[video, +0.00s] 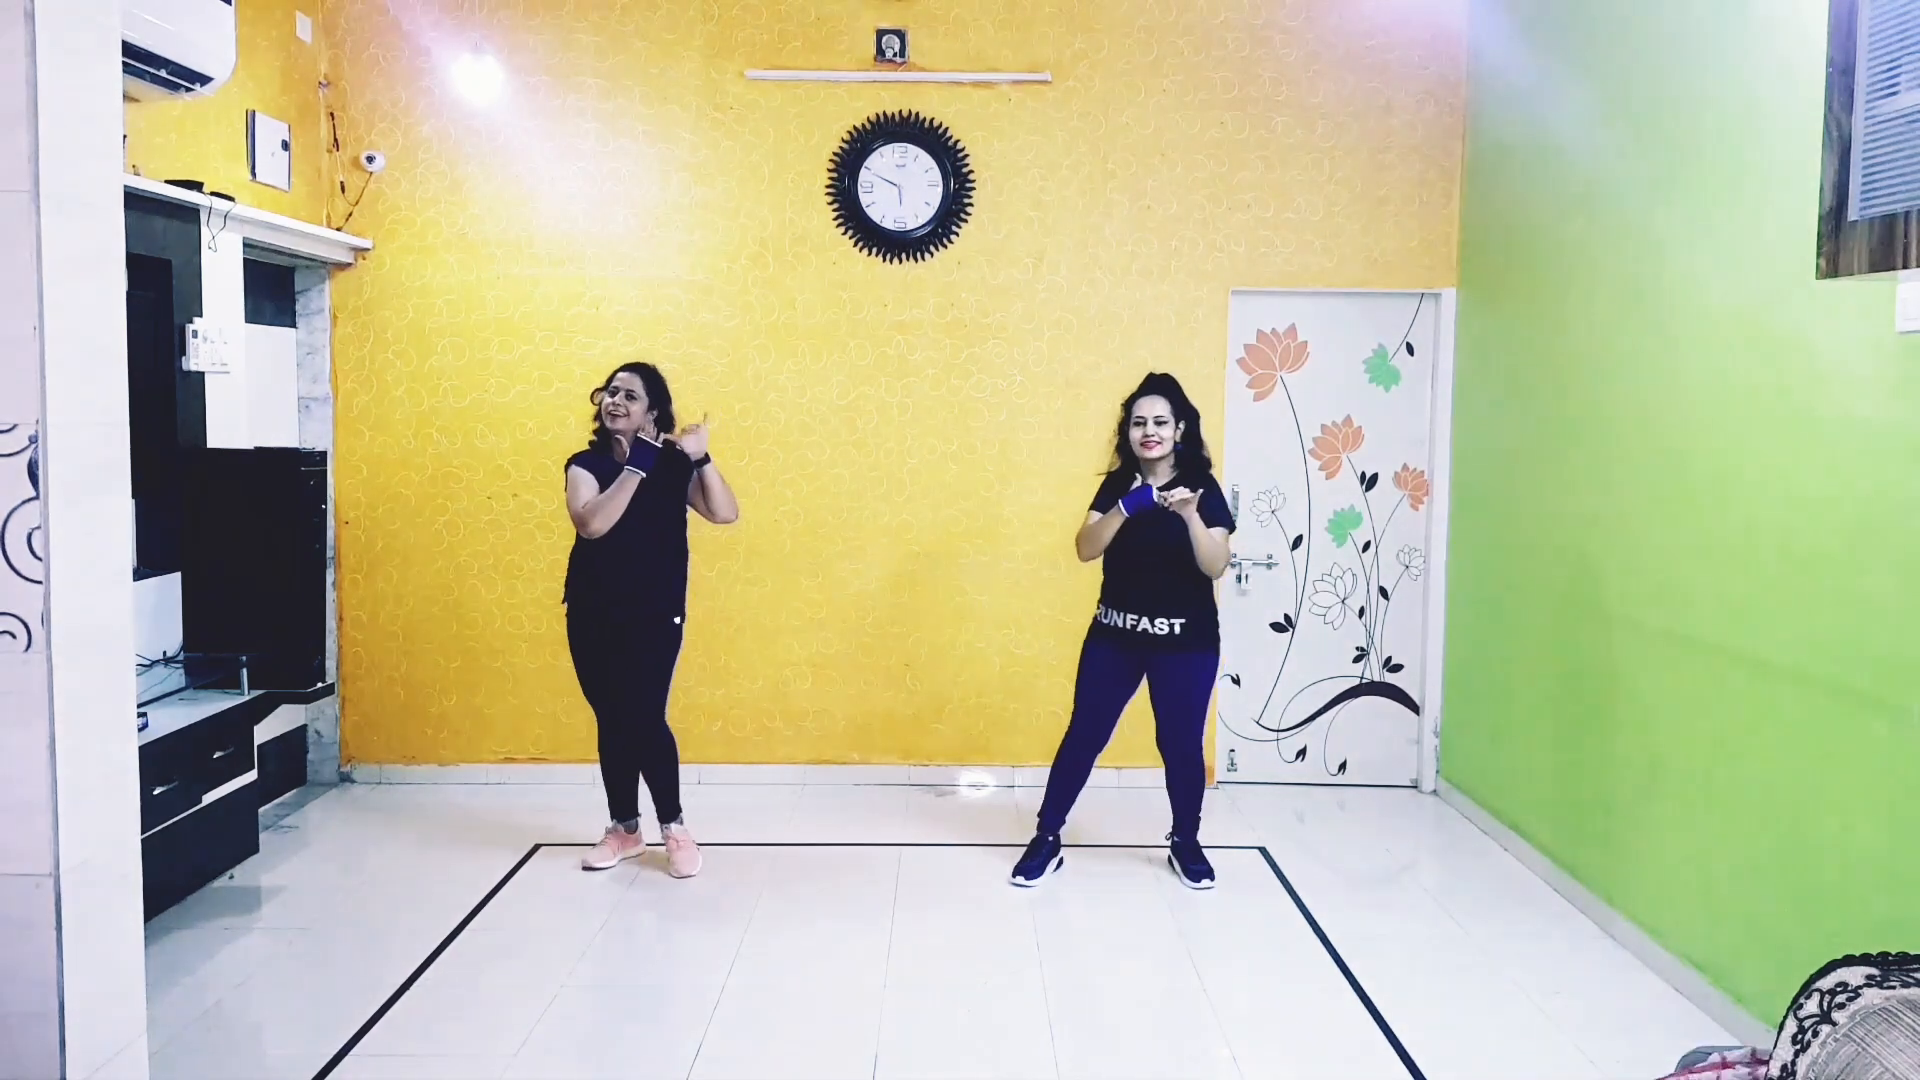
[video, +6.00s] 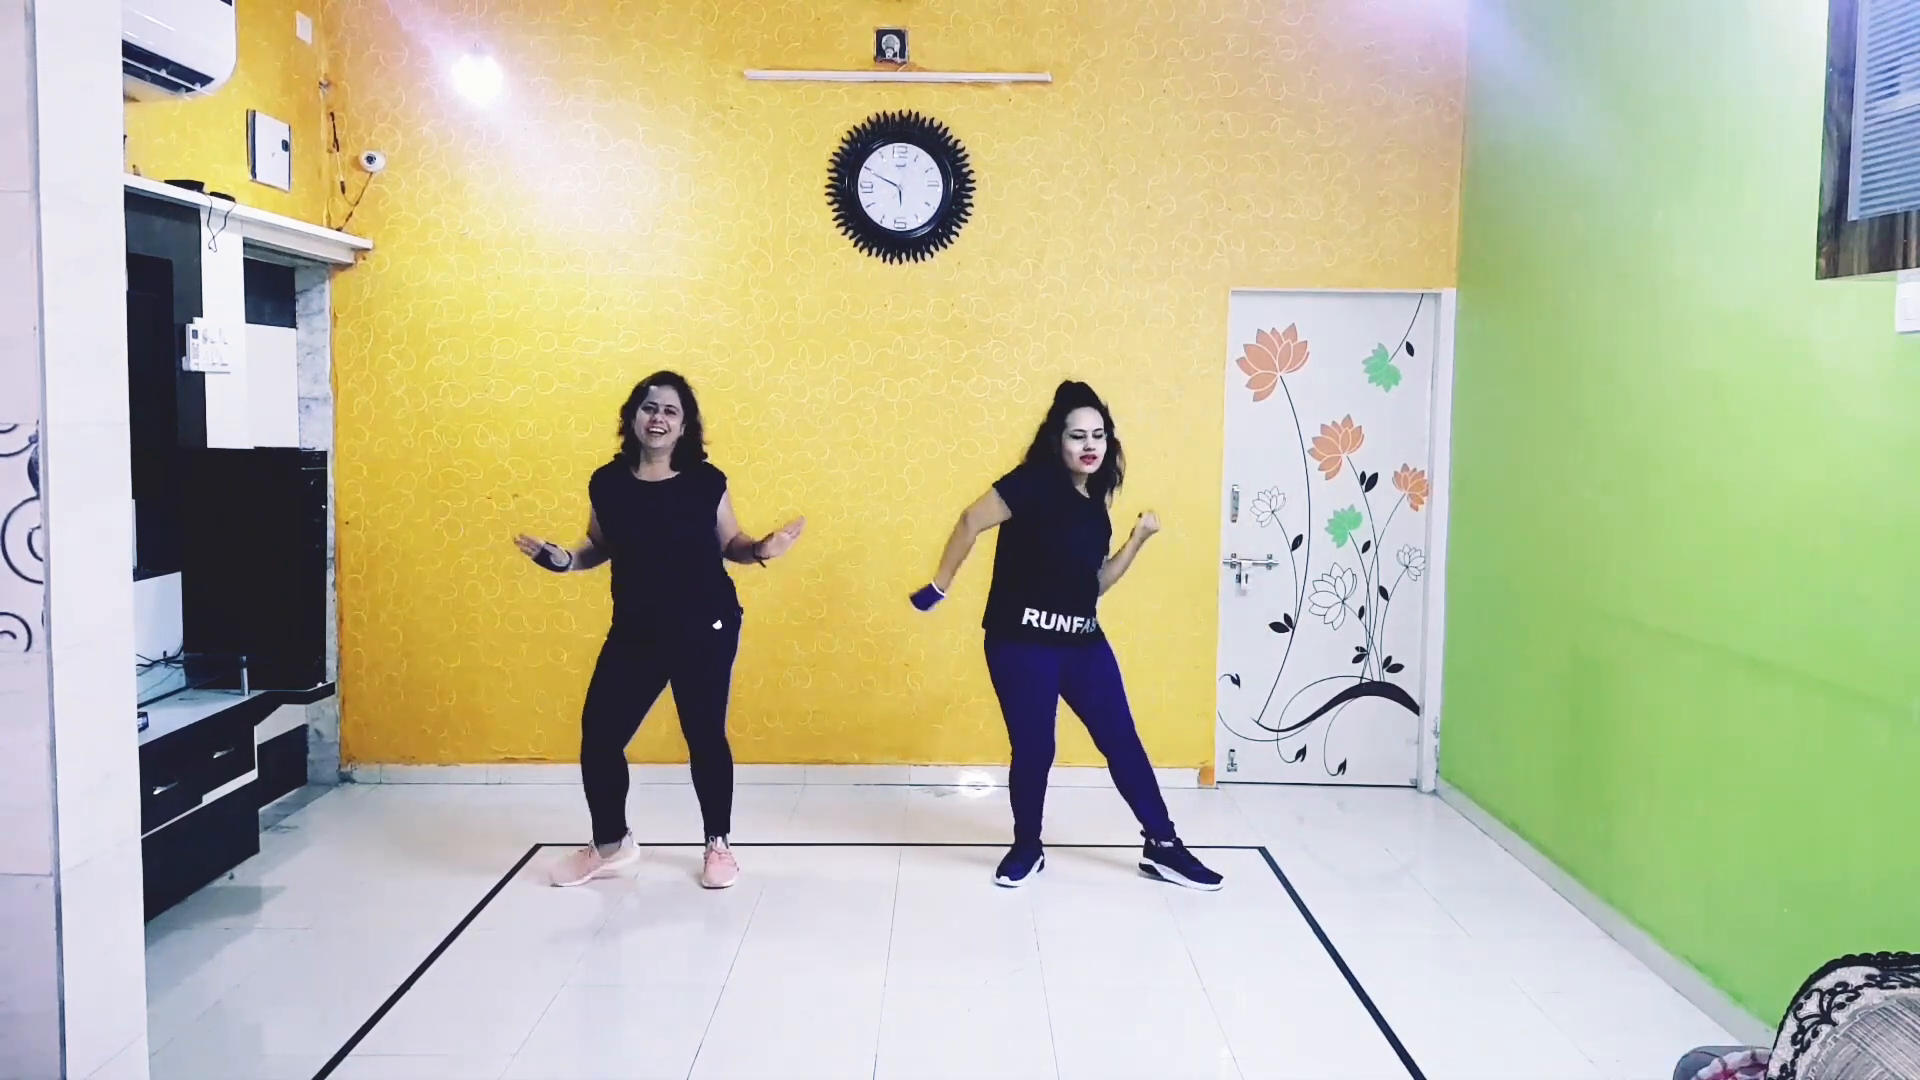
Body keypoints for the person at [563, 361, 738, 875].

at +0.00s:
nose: (614, 400)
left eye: (628, 395)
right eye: (611, 392)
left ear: (654, 412)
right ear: (601, 404)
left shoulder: (673, 462)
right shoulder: (586, 464)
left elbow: (725, 513)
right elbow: (591, 523)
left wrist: (703, 457)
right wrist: (637, 463)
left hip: (657, 610)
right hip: (595, 610)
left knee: (647, 716)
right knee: (612, 718)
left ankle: (673, 828)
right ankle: (624, 829)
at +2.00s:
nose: (627, 399)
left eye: (641, 394)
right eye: (623, 391)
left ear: (666, 410)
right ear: (613, 402)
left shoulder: (688, 459)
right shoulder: (599, 464)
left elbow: (743, 506)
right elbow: (600, 522)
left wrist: (716, 453)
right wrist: (640, 459)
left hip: (697, 612)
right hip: (629, 615)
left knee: (695, 722)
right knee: (606, 724)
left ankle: (703, 833)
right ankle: (609, 827)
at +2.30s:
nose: (615, 393)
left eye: (628, 386)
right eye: (611, 386)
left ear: (655, 401)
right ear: (602, 399)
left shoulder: (685, 467)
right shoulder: (586, 461)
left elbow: (716, 512)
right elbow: (568, 523)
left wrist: (718, 526)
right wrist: (600, 459)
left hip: (658, 618)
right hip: (590, 616)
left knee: (662, 725)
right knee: (593, 727)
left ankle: (693, 833)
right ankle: (593, 840)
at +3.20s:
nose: (645, 411)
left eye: (660, 406)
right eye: (642, 402)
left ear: (682, 424)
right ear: (628, 413)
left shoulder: (705, 481)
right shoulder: (611, 477)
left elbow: (737, 541)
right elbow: (595, 534)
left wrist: (770, 587)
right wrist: (620, 462)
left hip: (712, 629)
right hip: (645, 632)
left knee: (709, 732)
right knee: (624, 736)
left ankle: (711, 839)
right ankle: (632, 844)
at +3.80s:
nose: (605, 395)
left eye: (621, 390)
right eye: (605, 387)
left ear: (646, 413)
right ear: (597, 401)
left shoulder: (674, 467)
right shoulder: (579, 463)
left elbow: (698, 536)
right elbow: (548, 522)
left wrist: (700, 606)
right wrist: (572, 446)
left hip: (642, 624)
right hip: (573, 620)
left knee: (647, 735)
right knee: (577, 735)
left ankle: (691, 836)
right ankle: (580, 845)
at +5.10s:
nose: (627, 403)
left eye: (642, 399)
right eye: (622, 394)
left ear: (663, 416)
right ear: (609, 406)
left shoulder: (685, 478)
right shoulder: (584, 472)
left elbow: (704, 540)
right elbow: (538, 541)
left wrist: (713, 562)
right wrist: (568, 511)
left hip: (653, 628)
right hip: (583, 625)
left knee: (665, 737)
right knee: (580, 734)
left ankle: (706, 845)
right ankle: (575, 841)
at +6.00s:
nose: (657, 417)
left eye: (670, 411)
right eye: (648, 408)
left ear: (685, 424)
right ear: (632, 417)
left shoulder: (706, 482)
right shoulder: (607, 483)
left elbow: (731, 543)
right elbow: (599, 545)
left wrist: (760, 550)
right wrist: (568, 559)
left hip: (703, 628)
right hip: (637, 628)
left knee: (705, 734)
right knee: (600, 733)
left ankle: (718, 844)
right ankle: (611, 844)